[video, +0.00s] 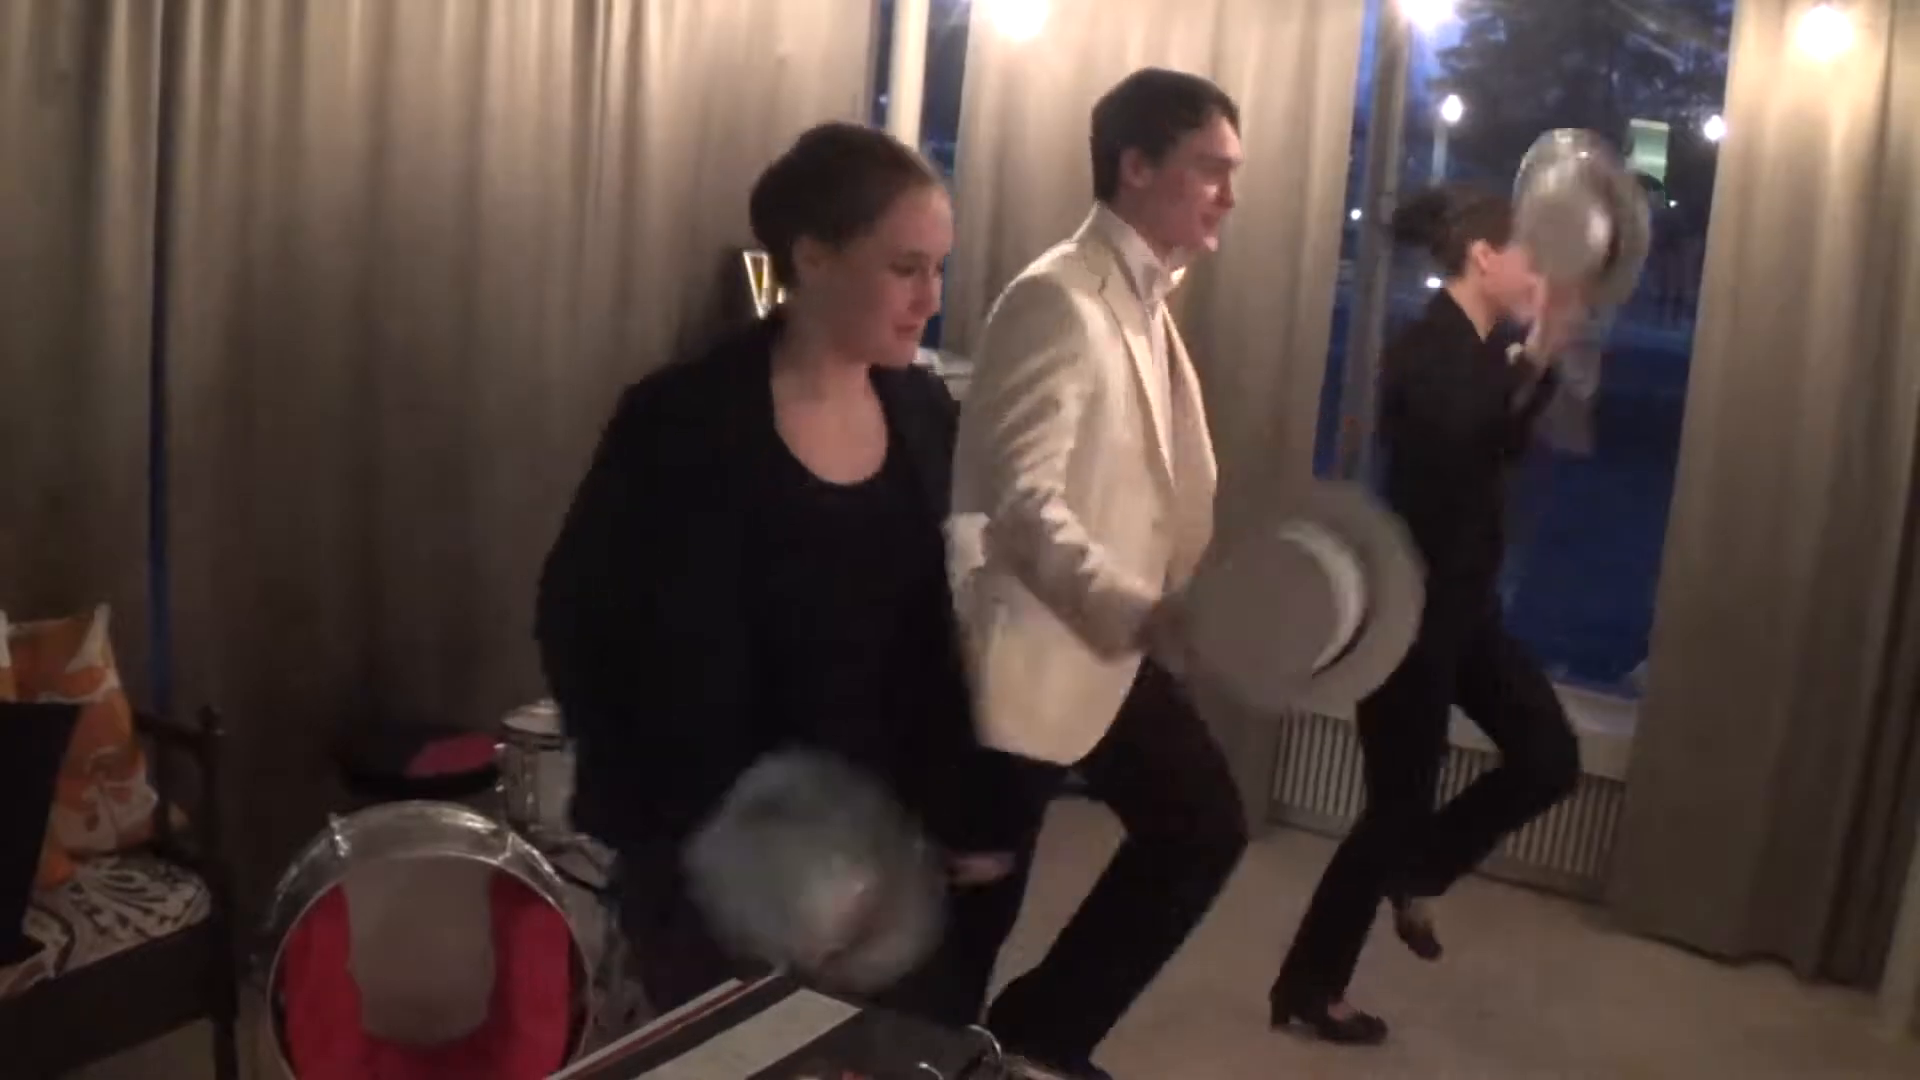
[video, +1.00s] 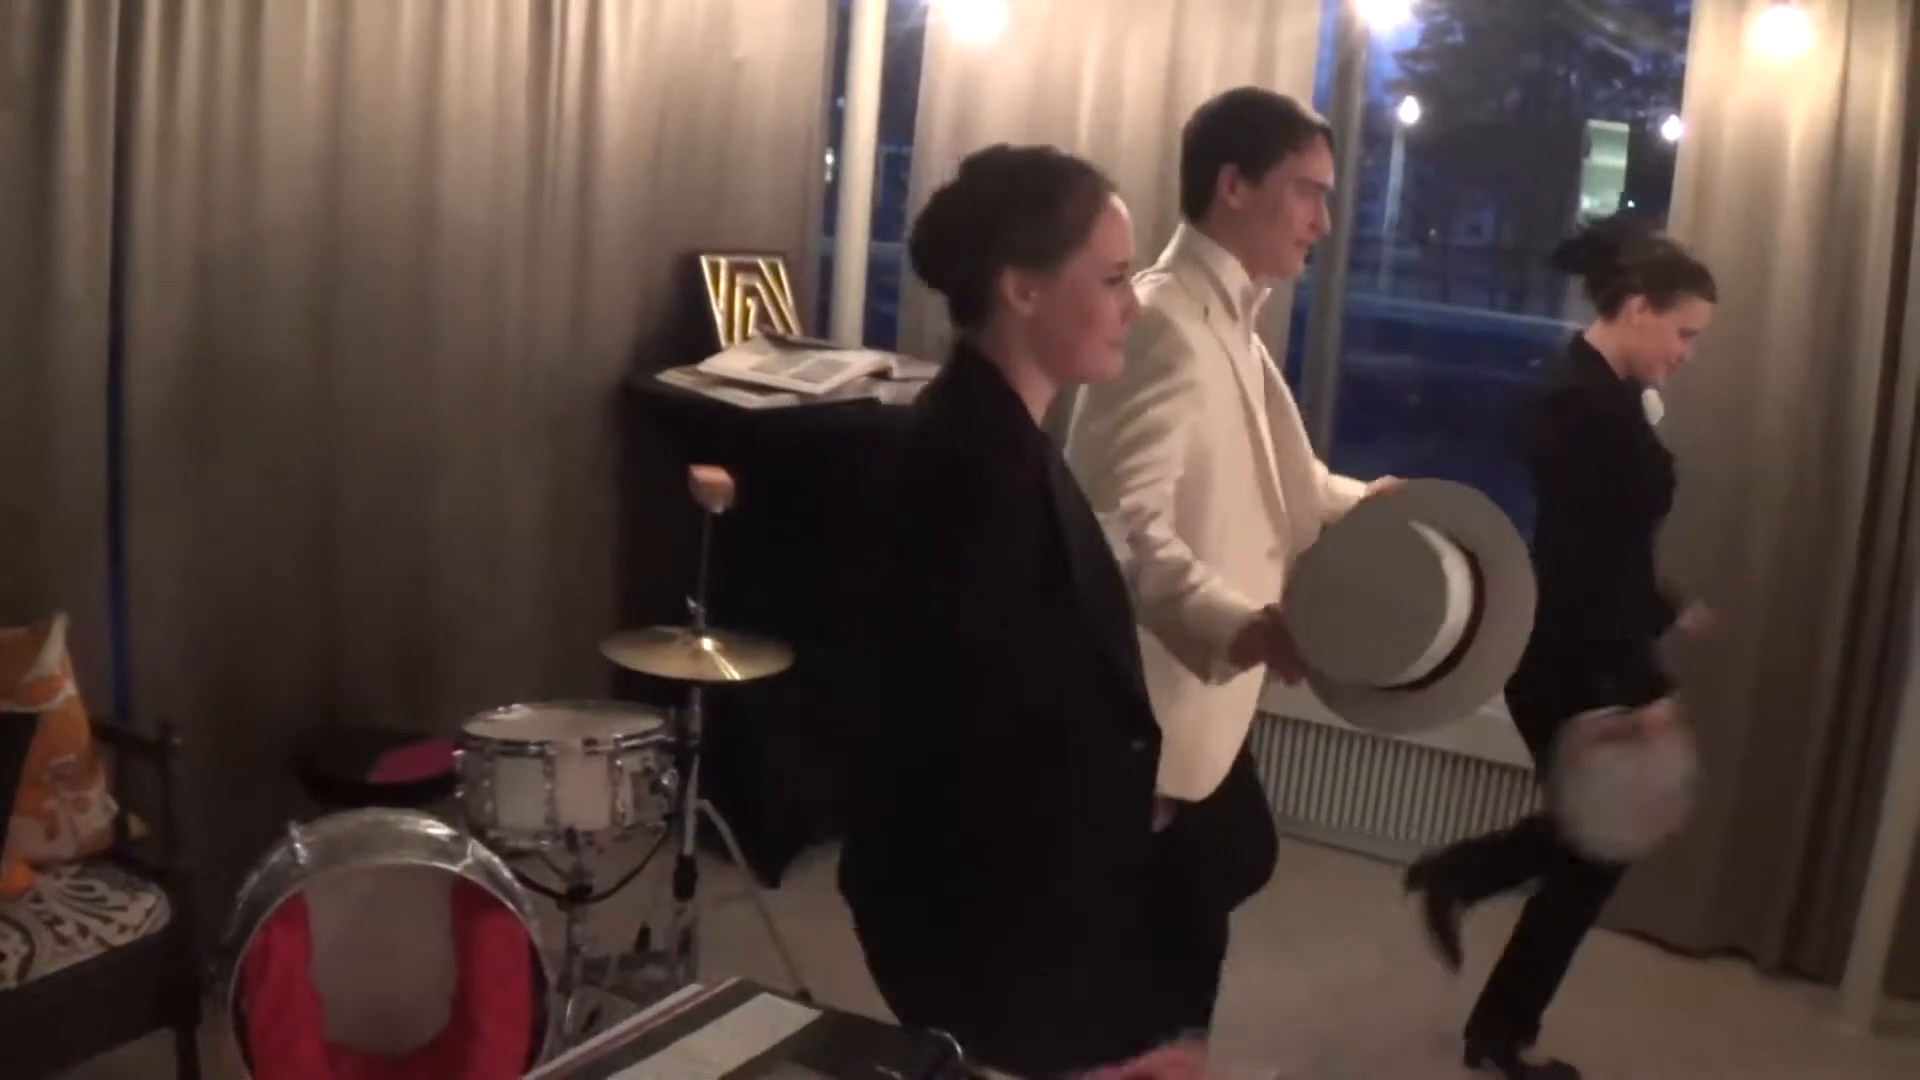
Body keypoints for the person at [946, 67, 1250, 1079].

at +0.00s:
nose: (1230, 193)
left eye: (1233, 172)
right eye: (1211, 169)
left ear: (1166, 181)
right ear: (1133, 170)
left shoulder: (1141, 300)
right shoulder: (1054, 301)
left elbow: (1121, 494)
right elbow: (1020, 509)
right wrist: (1146, 617)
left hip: (1101, 653)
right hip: (1013, 659)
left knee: (1198, 831)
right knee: (978, 891)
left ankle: (1043, 1033)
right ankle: (923, 1056)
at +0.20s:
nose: (1245, 209)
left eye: (1249, 186)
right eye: (1227, 183)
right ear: (1151, 179)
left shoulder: (1144, 303)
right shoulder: (1099, 308)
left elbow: (1128, 513)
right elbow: (1101, 522)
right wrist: (1274, 542)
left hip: (1100, 681)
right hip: (1011, 688)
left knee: (1168, 908)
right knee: (953, 942)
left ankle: (1064, 1073)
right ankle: (909, 1071)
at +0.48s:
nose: (1272, 206)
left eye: (1275, 184)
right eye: (1254, 180)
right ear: (1172, 178)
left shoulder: (1177, 316)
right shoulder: (1107, 318)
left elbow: (1155, 515)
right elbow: (1080, 527)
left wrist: (1259, 583)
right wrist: (1244, 591)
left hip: (1136, 728)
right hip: (1081, 737)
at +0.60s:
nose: (1283, 219)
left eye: (1286, 195)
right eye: (1265, 193)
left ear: (1202, 201)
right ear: (1182, 192)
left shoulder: (1192, 327)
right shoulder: (1105, 340)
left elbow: (1214, 527)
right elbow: (1049, 568)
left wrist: (1294, 606)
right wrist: (1198, 635)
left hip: (1163, 736)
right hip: (1102, 744)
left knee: (1080, 983)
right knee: (1230, 915)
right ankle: (1112, 1064)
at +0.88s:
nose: (1316, 220)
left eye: (1319, 195)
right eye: (1301, 192)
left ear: (1239, 196)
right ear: (1221, 188)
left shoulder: (1227, 316)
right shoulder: (1147, 334)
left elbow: (1265, 447)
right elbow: (1096, 531)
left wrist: (1372, 487)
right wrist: (1184, 640)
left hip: (1185, 714)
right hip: (1139, 727)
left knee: (1144, 951)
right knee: (1205, 947)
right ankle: (1149, 1071)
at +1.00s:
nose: (1321, 221)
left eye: (1325, 198)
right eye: (1308, 193)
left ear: (1243, 192)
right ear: (1233, 187)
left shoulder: (1220, 315)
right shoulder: (1168, 331)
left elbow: (1277, 478)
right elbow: (1123, 529)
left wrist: (1376, 506)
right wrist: (1240, 631)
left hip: (1196, 703)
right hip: (1150, 719)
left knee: (1243, 856)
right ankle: (1152, 1056)